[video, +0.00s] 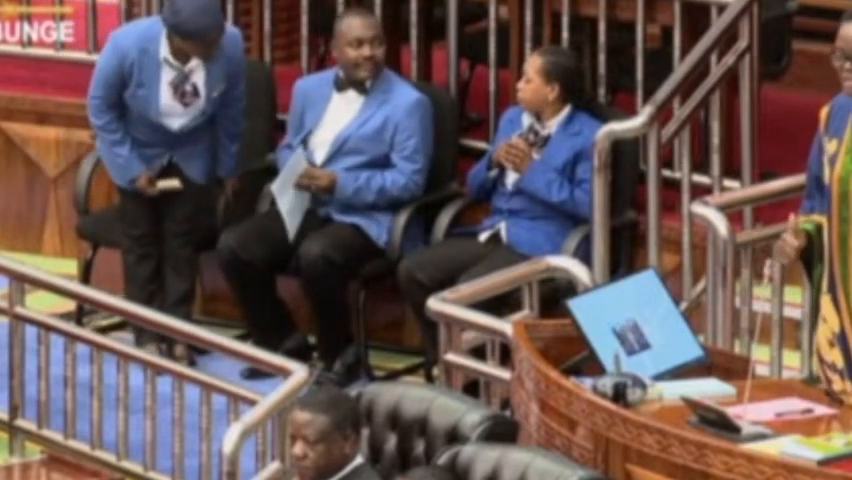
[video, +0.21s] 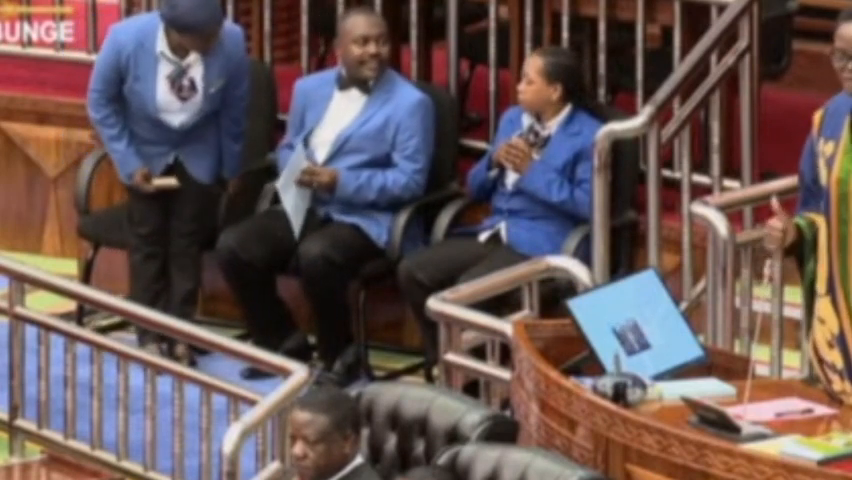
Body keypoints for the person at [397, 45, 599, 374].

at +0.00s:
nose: (518, 87)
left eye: (527, 80)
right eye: (521, 78)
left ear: (553, 91)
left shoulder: (589, 135)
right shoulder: (512, 120)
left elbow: (590, 207)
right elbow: (475, 190)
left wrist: (530, 172)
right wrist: (494, 164)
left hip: (538, 250)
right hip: (494, 236)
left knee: (463, 296)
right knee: (414, 271)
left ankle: (485, 379)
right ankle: (446, 366)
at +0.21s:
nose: (519, 89)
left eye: (528, 82)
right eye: (521, 80)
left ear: (556, 92)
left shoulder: (589, 135)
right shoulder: (512, 120)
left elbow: (590, 206)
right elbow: (476, 189)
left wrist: (530, 172)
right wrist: (494, 164)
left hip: (539, 250)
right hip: (495, 235)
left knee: (464, 295)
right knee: (414, 271)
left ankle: (484, 380)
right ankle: (445, 365)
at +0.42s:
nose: (521, 90)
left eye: (531, 83)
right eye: (521, 81)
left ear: (558, 92)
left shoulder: (589, 135)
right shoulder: (512, 120)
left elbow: (589, 206)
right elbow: (476, 188)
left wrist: (530, 172)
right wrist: (495, 164)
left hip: (539, 249)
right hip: (495, 235)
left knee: (464, 295)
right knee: (414, 271)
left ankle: (483, 380)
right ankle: (444, 365)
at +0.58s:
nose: (524, 91)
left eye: (534, 84)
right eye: (523, 81)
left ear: (562, 91)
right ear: (519, 83)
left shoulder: (589, 135)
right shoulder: (512, 120)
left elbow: (590, 206)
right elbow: (476, 189)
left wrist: (530, 172)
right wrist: (495, 164)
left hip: (539, 250)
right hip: (494, 236)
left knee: (464, 295)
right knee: (414, 271)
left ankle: (483, 380)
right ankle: (445, 365)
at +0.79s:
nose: (539, 91)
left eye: (550, 83)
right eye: (533, 81)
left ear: (570, 88)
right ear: (524, 84)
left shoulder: (590, 135)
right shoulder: (512, 120)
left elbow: (590, 206)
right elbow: (476, 189)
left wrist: (530, 172)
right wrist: (495, 164)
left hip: (539, 249)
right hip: (495, 236)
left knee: (464, 295)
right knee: (414, 271)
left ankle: (483, 380)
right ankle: (445, 365)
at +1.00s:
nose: (551, 89)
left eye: (561, 81)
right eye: (542, 80)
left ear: (574, 86)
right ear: (529, 85)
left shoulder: (590, 135)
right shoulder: (512, 120)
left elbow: (590, 207)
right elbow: (476, 189)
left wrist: (530, 172)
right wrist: (494, 164)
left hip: (540, 249)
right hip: (495, 235)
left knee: (464, 295)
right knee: (414, 271)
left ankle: (484, 380)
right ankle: (446, 365)